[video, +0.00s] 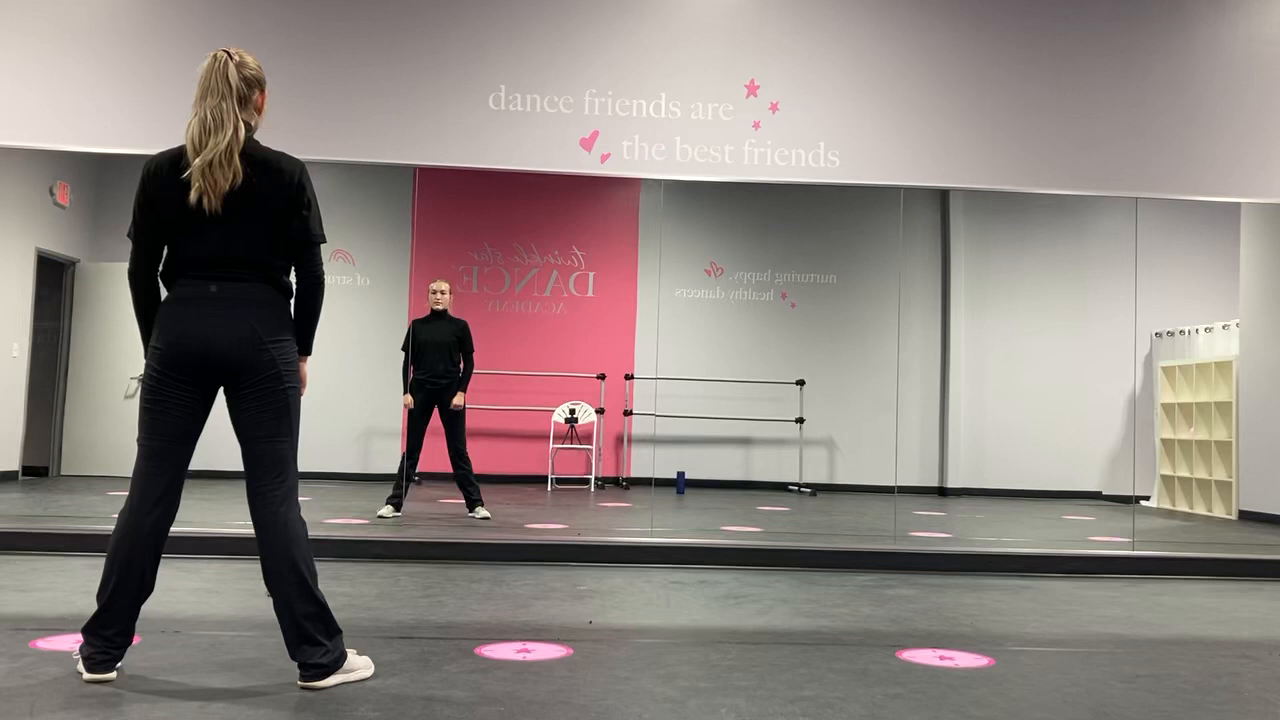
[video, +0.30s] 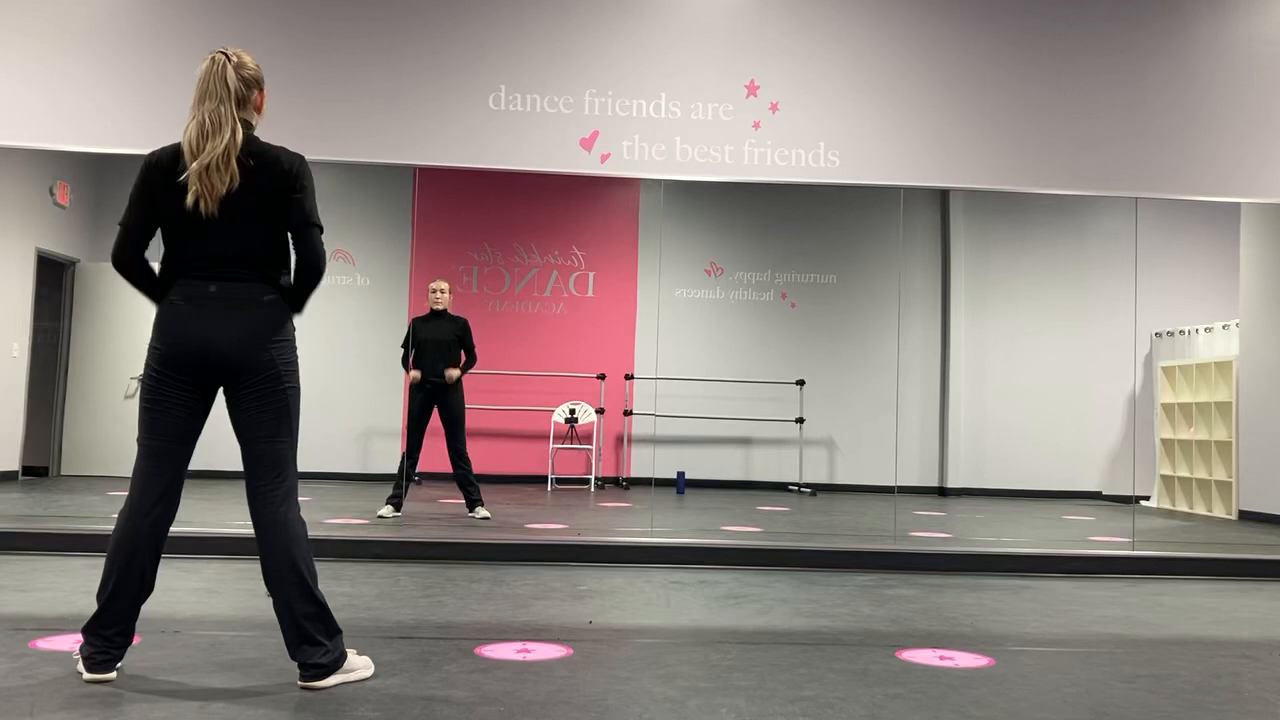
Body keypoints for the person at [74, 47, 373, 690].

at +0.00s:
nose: (268, 105)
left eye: (264, 95)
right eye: (266, 96)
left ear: (202, 96)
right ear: (254, 99)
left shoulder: (162, 169)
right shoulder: (285, 173)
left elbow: (141, 271)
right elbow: (312, 274)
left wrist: (157, 349)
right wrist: (301, 348)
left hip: (180, 328)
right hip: (261, 329)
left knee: (150, 490)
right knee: (275, 497)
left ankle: (101, 649)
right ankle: (319, 656)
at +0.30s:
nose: (267, 104)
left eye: (264, 93)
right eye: (265, 95)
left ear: (201, 96)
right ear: (253, 99)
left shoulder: (164, 164)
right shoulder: (286, 168)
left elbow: (125, 255)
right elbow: (313, 262)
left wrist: (169, 298)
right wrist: (284, 310)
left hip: (179, 327)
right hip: (261, 329)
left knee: (150, 490)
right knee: (275, 496)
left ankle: (101, 649)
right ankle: (319, 656)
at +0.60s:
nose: (266, 101)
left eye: (262, 90)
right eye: (263, 92)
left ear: (199, 95)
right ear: (251, 97)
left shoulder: (164, 168)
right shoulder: (282, 169)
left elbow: (170, 231)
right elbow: (303, 247)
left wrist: (235, 224)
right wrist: (245, 228)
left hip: (180, 322)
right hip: (259, 323)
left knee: (151, 487)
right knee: (274, 493)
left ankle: (101, 648)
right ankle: (319, 656)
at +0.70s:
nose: (264, 100)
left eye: (260, 89)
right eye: (261, 91)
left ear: (197, 95)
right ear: (249, 96)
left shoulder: (166, 159)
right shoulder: (276, 157)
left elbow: (193, 198)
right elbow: (292, 205)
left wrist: (233, 133)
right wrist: (261, 137)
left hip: (180, 323)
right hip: (259, 324)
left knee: (151, 487)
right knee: (275, 493)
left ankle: (102, 648)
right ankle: (319, 656)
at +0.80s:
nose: (264, 99)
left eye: (260, 88)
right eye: (261, 91)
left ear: (199, 94)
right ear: (250, 97)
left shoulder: (168, 150)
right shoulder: (273, 157)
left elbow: (199, 132)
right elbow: (295, 133)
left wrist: (229, 75)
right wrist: (275, 77)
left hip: (181, 321)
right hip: (259, 321)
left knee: (151, 487)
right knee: (275, 492)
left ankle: (101, 648)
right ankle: (319, 656)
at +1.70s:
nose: (267, 100)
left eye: (260, 90)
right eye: (264, 91)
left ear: (203, 97)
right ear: (257, 98)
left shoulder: (178, 150)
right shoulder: (280, 149)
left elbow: (143, 69)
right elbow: (331, 72)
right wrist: (366, 3)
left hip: (183, 320)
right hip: (262, 321)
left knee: (151, 489)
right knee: (275, 496)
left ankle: (103, 648)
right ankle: (319, 657)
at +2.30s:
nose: (266, 101)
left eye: (261, 92)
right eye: (262, 93)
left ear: (204, 98)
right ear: (252, 99)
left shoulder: (170, 156)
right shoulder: (283, 156)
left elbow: (86, 118)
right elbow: (367, 122)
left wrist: (4, 62)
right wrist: (445, 76)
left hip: (184, 315)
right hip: (263, 316)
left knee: (151, 489)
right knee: (275, 495)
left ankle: (102, 649)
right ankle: (319, 657)